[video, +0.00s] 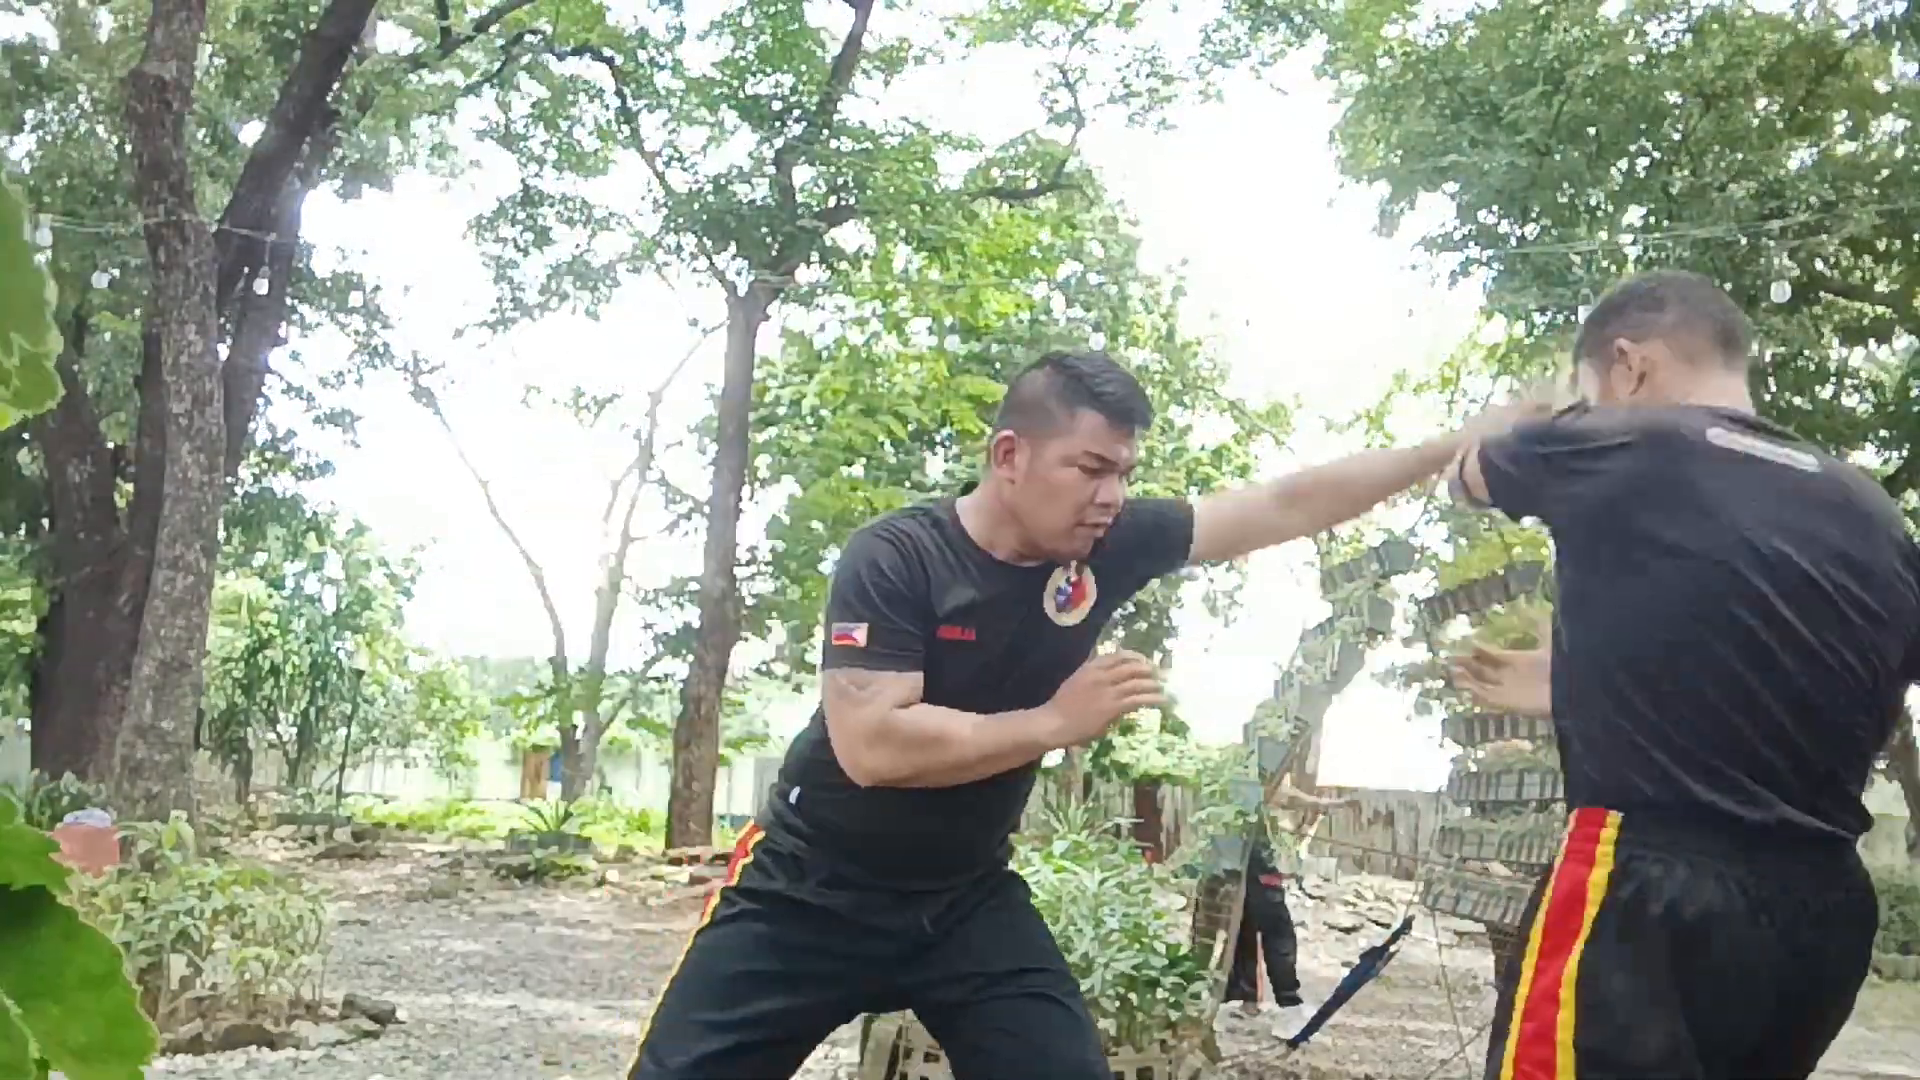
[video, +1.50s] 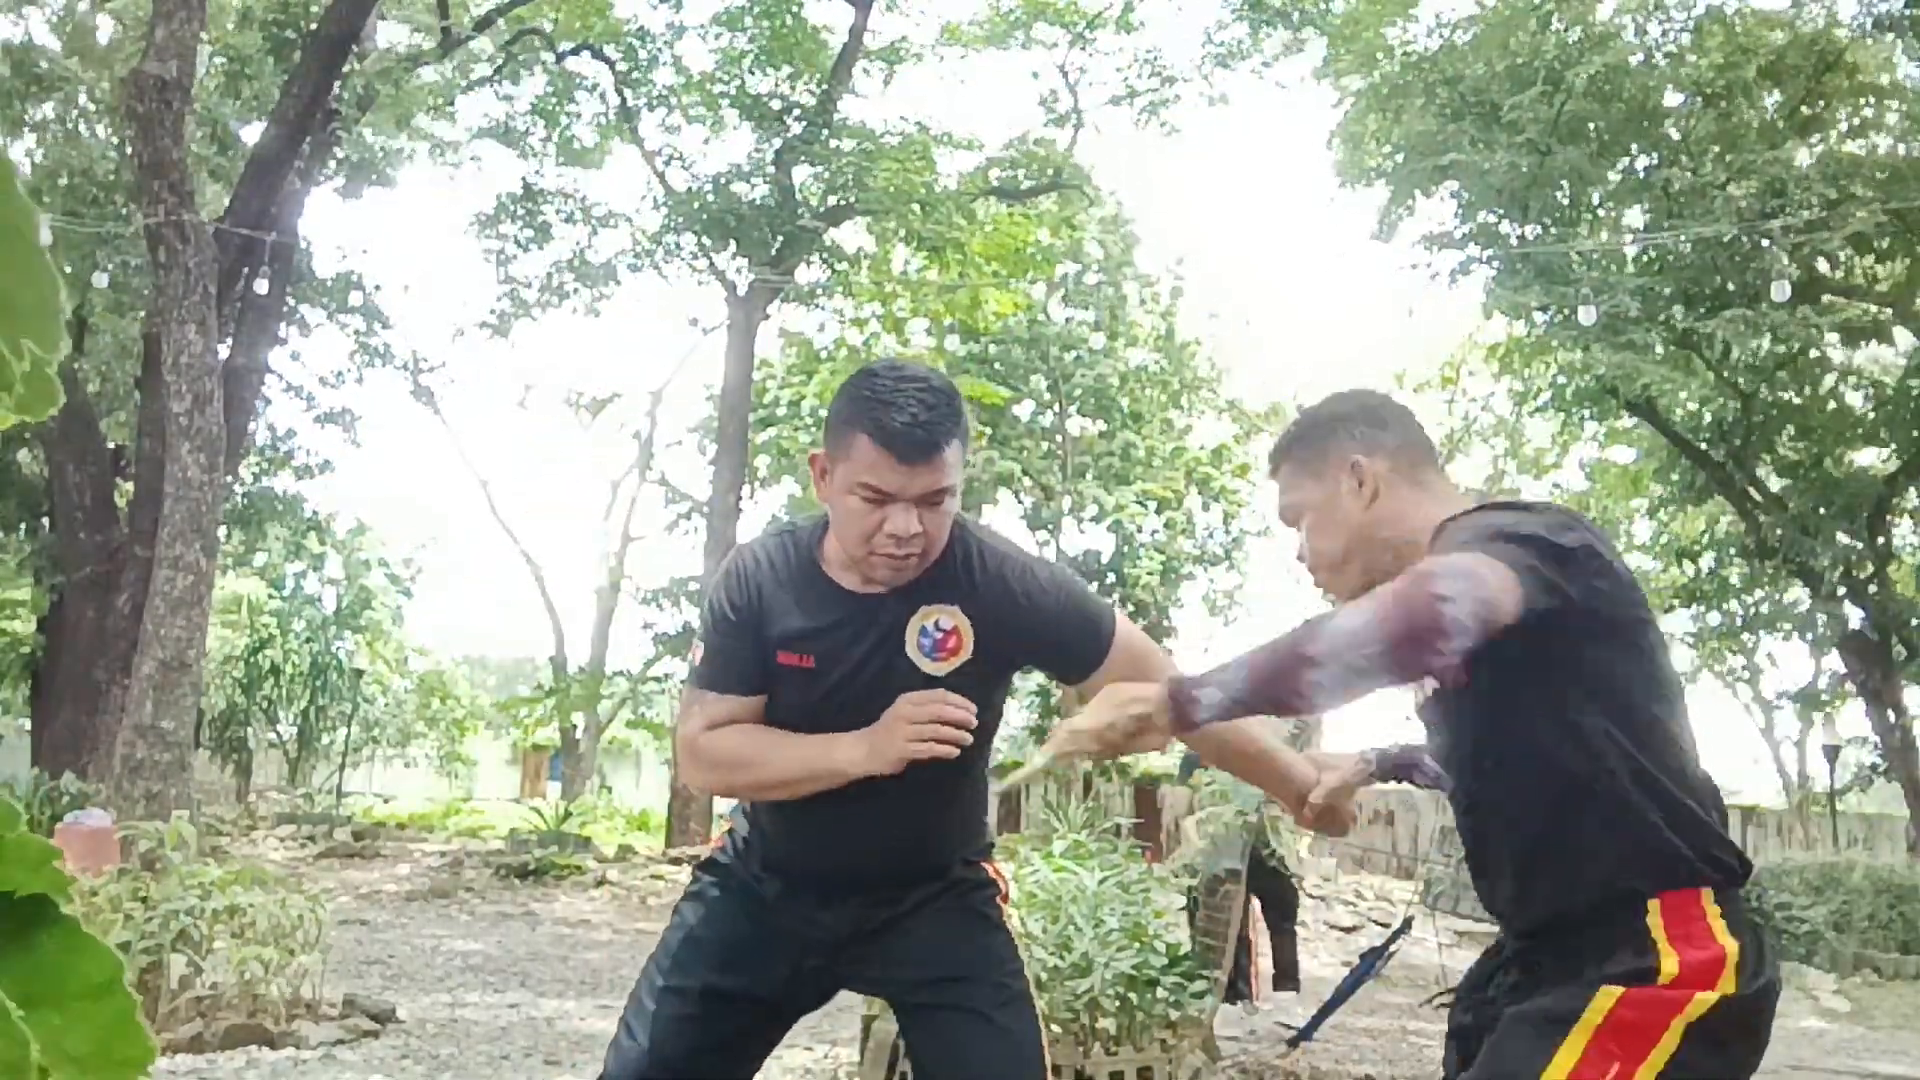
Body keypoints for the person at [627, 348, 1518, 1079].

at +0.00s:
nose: (1113, 496)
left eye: (1123, 475)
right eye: (1095, 469)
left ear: (1127, 474)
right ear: (1008, 453)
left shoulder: (1113, 548)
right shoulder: (891, 558)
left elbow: (1286, 503)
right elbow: (869, 744)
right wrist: (1053, 723)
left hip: (969, 900)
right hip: (805, 891)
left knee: (1067, 1065)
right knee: (678, 1066)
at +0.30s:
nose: (994, 466)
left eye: (1010, 442)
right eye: (968, 437)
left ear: (1025, 443)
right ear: (894, 433)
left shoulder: (1027, 528)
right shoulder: (807, 557)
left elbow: (1113, 543)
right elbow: (778, 741)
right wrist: (959, 694)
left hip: (976, 901)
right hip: (803, 898)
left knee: (1050, 1070)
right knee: (680, 1069)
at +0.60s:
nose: (909, 500)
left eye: (934, 474)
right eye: (881, 471)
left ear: (958, 465)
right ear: (824, 455)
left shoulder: (988, 583)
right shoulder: (747, 566)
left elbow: (1134, 735)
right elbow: (676, 727)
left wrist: (1269, 881)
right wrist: (804, 740)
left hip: (916, 889)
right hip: (752, 876)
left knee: (978, 1065)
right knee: (636, 1061)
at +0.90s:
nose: (901, 509)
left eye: (925, 480)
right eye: (871, 479)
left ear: (950, 465)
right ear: (812, 464)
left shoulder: (994, 578)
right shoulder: (749, 568)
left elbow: (1170, 683)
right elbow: (686, 744)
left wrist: (1335, 771)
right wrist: (839, 742)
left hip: (928, 891)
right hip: (759, 880)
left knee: (990, 1069)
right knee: (642, 1067)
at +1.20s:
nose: (920, 527)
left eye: (946, 498)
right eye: (892, 497)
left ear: (972, 480)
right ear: (833, 476)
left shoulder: (1010, 584)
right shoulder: (763, 581)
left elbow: (1195, 681)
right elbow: (706, 755)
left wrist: (1352, 746)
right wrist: (873, 750)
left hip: (936, 899)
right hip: (765, 891)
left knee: (1000, 1065)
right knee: (650, 1064)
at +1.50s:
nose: (904, 530)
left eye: (932, 501)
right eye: (878, 499)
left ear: (960, 482)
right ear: (821, 473)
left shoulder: (996, 579)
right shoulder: (758, 582)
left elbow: (1161, 679)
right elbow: (699, 757)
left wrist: (1290, 778)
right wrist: (860, 748)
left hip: (937, 900)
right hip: (766, 892)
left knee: (1004, 1065)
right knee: (646, 1064)